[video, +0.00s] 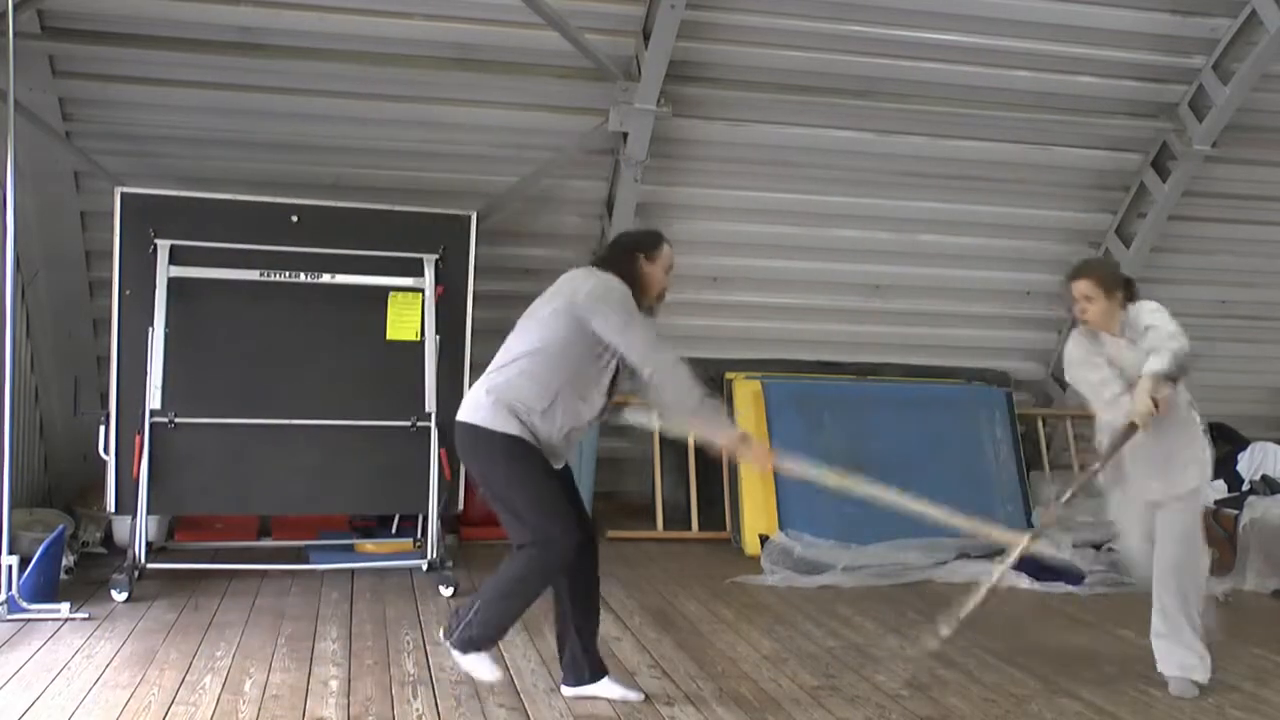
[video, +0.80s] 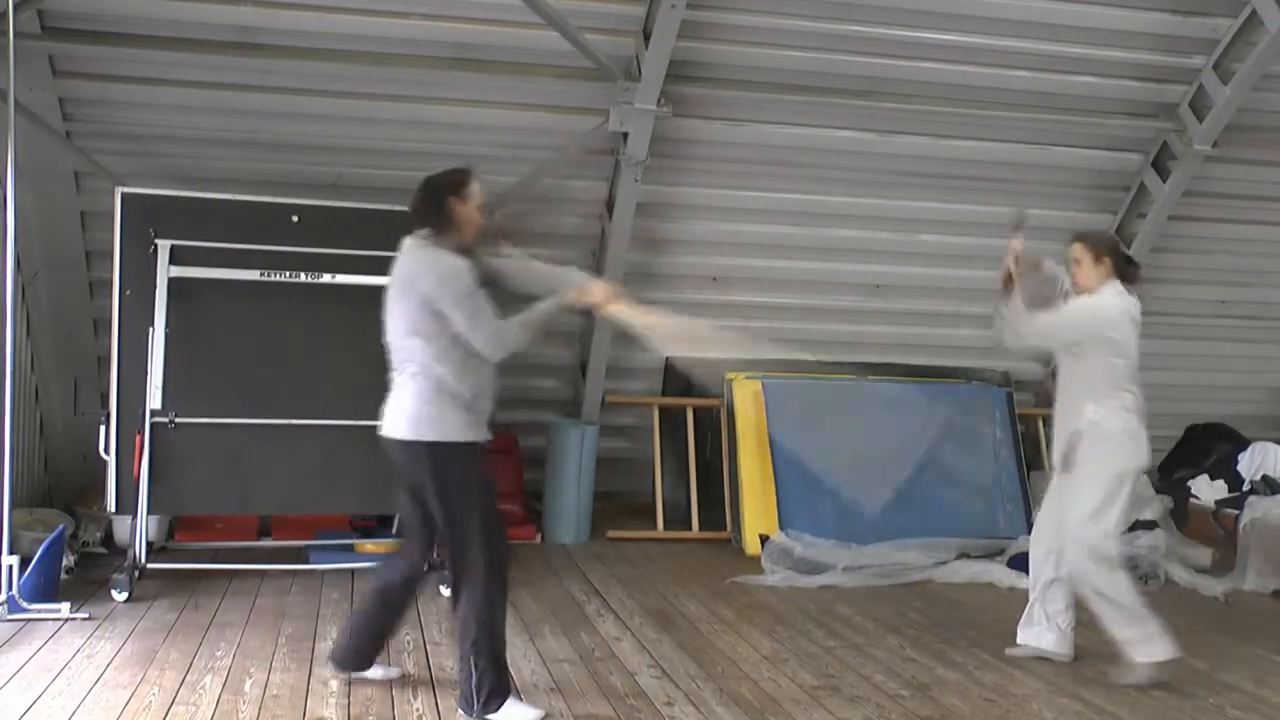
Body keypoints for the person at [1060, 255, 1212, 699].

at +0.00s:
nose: (1079, 310)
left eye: (1087, 300)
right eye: (1074, 302)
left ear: (1115, 297)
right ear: (1072, 307)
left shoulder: (1147, 314)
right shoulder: (1078, 350)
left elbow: (1173, 343)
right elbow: (1104, 399)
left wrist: (1148, 379)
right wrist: (1130, 406)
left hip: (1178, 458)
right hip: (1127, 467)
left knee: (1174, 562)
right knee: (1139, 559)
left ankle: (1181, 663)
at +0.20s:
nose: (1112, 306)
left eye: (1121, 297)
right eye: (1108, 299)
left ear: (1147, 298)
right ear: (1103, 303)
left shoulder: (1172, 320)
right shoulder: (1106, 341)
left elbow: (1144, 328)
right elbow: (1118, 397)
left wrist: (1091, 332)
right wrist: (1089, 353)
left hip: (1202, 465)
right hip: (1157, 474)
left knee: (1177, 561)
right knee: (1208, 557)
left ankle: (1181, 668)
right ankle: (1255, 633)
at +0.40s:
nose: (1121, 277)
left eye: (1131, 269)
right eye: (1119, 269)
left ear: (1159, 274)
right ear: (1115, 275)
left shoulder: (1177, 321)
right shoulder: (1111, 315)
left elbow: (1156, 373)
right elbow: (1059, 350)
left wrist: (1093, 356)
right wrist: (1065, 353)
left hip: (1187, 466)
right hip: (1137, 464)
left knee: (1177, 566)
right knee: (1153, 561)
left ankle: (1197, 672)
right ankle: (1230, 622)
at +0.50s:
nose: (1113, 275)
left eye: (1123, 266)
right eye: (1111, 267)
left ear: (1150, 272)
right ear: (1111, 274)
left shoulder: (1162, 323)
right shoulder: (1108, 316)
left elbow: (1126, 394)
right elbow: (1074, 354)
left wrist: (1064, 386)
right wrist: (1047, 378)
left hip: (1176, 459)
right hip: (1128, 458)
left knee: (1170, 564)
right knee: (1098, 548)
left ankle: (1195, 670)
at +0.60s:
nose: (1100, 276)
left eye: (1108, 267)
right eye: (1098, 268)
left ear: (1134, 270)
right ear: (1102, 274)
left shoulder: (1141, 316)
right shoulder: (1109, 318)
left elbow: (1100, 395)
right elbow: (1071, 358)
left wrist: (1041, 379)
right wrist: (1033, 368)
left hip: (1162, 455)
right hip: (1119, 453)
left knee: (1165, 559)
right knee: (1072, 529)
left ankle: (1191, 670)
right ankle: (1090, 629)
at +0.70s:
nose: (1082, 276)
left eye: (1089, 267)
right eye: (1081, 268)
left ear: (1115, 269)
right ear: (1100, 271)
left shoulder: (1120, 313)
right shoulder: (1106, 311)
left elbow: (1059, 362)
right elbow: (1064, 372)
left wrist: (1019, 325)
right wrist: (1028, 336)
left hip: (1123, 453)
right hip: (1094, 451)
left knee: (1123, 557)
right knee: (1056, 538)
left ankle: (1184, 663)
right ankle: (1050, 637)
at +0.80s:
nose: (1072, 272)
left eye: (1079, 263)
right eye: (1070, 264)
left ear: (1103, 265)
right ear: (1086, 267)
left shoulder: (1110, 308)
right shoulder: (1093, 303)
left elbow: (1028, 332)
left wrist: (1013, 294)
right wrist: (1025, 272)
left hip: (1109, 446)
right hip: (1082, 444)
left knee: (1086, 544)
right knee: (1048, 537)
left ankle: (1150, 649)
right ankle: (1049, 638)